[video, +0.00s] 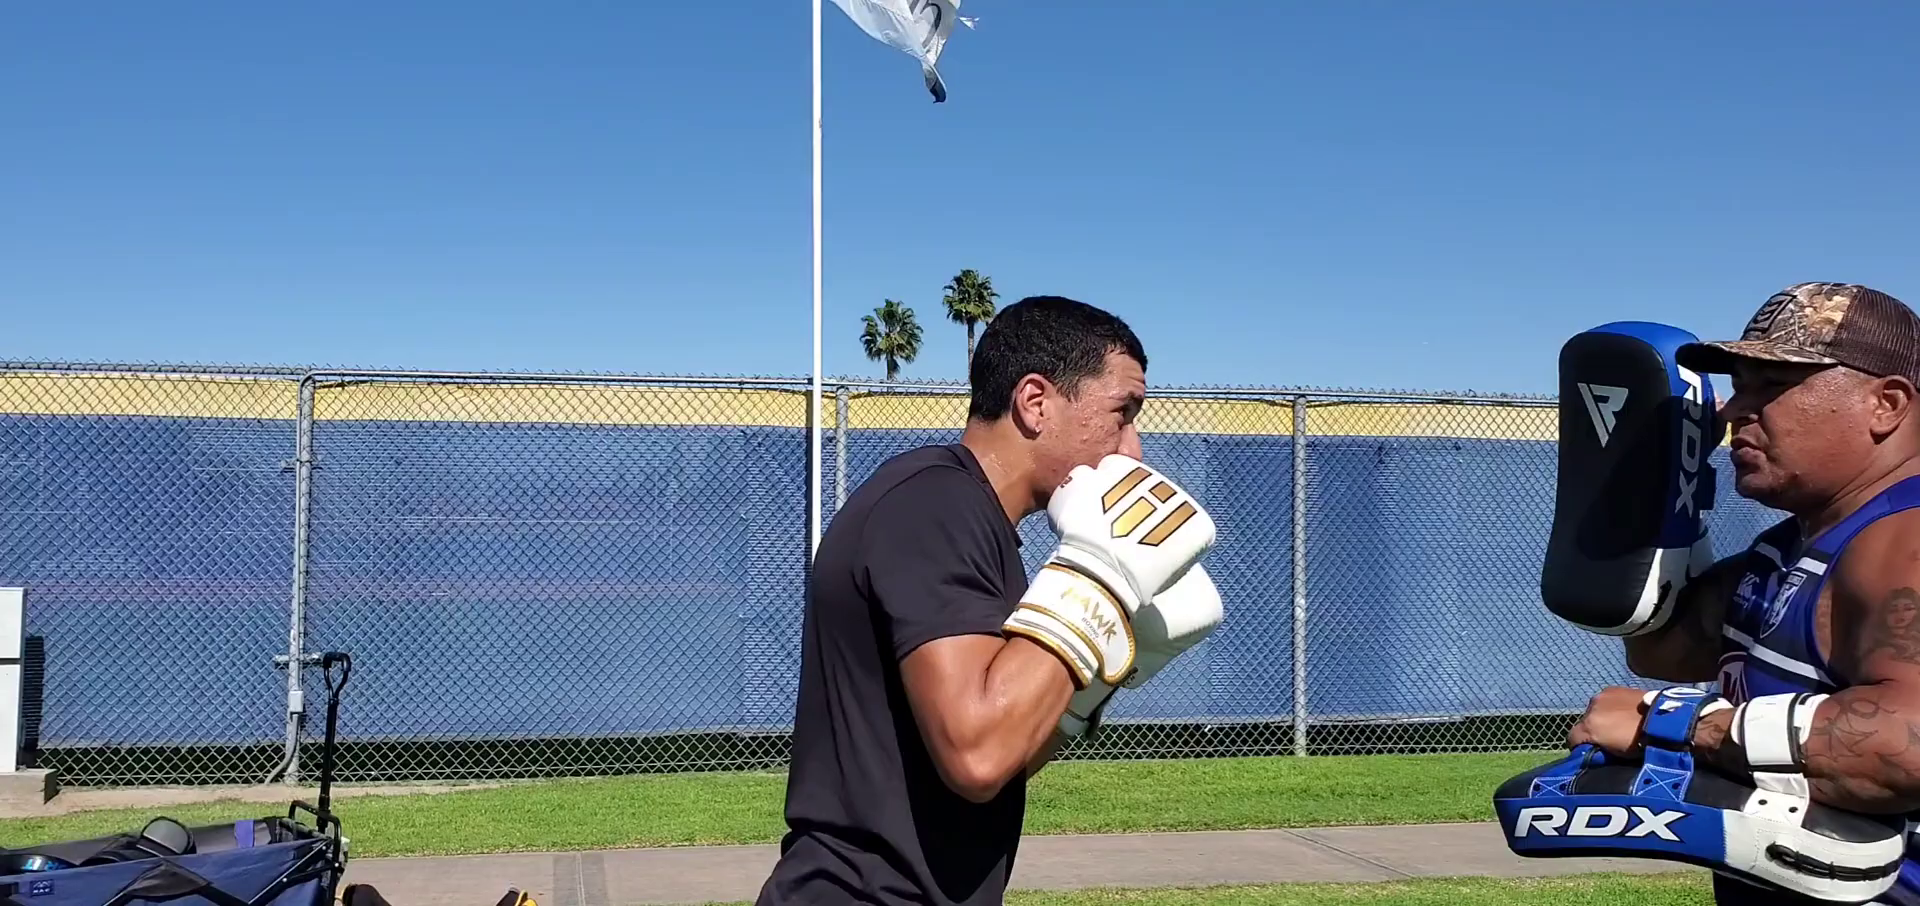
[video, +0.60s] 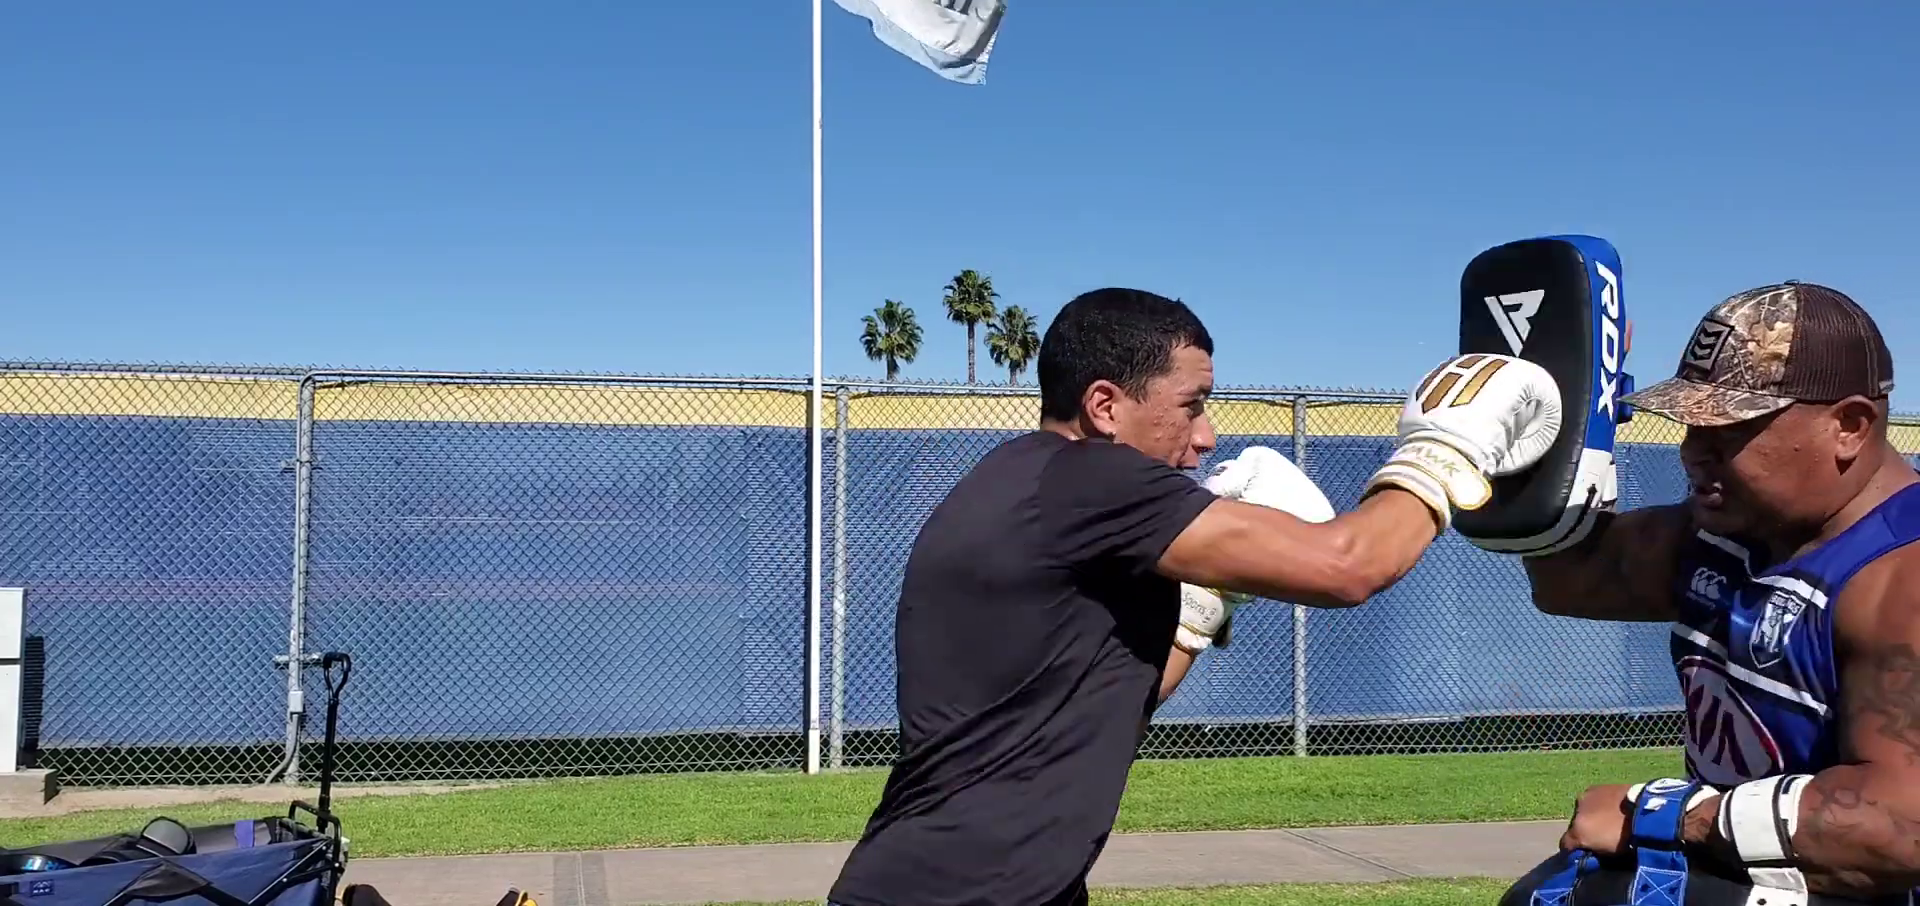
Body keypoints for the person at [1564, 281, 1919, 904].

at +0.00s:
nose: (1733, 410)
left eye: (1770, 386)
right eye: (1739, 388)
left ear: (1885, 405)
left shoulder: (1899, 546)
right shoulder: (1799, 539)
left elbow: (1900, 745)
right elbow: (1662, 653)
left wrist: (1681, 720)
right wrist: (1660, 490)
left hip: (1860, 889)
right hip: (1764, 880)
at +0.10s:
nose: (1753, 399)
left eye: (1788, 374)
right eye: (1756, 377)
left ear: (1901, 396)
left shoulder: (1900, 528)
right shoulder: (1820, 532)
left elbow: (1886, 689)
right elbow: (1694, 619)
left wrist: (1653, 672)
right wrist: (1690, 453)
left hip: (1878, 889)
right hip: (1802, 881)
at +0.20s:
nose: (1751, 407)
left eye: (1784, 382)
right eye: (1750, 384)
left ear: (1898, 399)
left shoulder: (1901, 522)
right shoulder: (1844, 529)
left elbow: (1853, 668)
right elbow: (1714, 603)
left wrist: (1593, 681)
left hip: (1871, 891)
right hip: (1797, 884)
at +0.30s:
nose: (1742, 411)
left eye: (1775, 386)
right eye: (1741, 389)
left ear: (1892, 403)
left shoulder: (1897, 527)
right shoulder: (1850, 527)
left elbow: (1844, 679)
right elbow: (1716, 620)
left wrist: (1587, 696)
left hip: (1866, 890)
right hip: (1794, 883)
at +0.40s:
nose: (1720, 413)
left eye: (1753, 386)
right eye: (1722, 387)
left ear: (1873, 406)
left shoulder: (1887, 541)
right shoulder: (1820, 531)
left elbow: (1867, 712)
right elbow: (1694, 609)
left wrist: (1612, 743)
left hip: (1859, 889)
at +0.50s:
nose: (1693, 422)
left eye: (1731, 394)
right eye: (1696, 394)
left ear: (1848, 410)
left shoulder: (1887, 552)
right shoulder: (1755, 528)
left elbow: (1901, 774)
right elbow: (1643, 604)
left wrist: (1661, 789)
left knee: (1546, 894)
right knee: (1535, 884)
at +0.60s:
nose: (1692, 453)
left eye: (1728, 431)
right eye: (1693, 424)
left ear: (1848, 430)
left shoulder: (1902, 585)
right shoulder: (1732, 528)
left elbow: (1897, 827)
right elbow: (1570, 576)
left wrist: (1666, 811)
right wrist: (1545, 429)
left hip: (1840, 884)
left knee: (1558, 891)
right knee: (1547, 882)